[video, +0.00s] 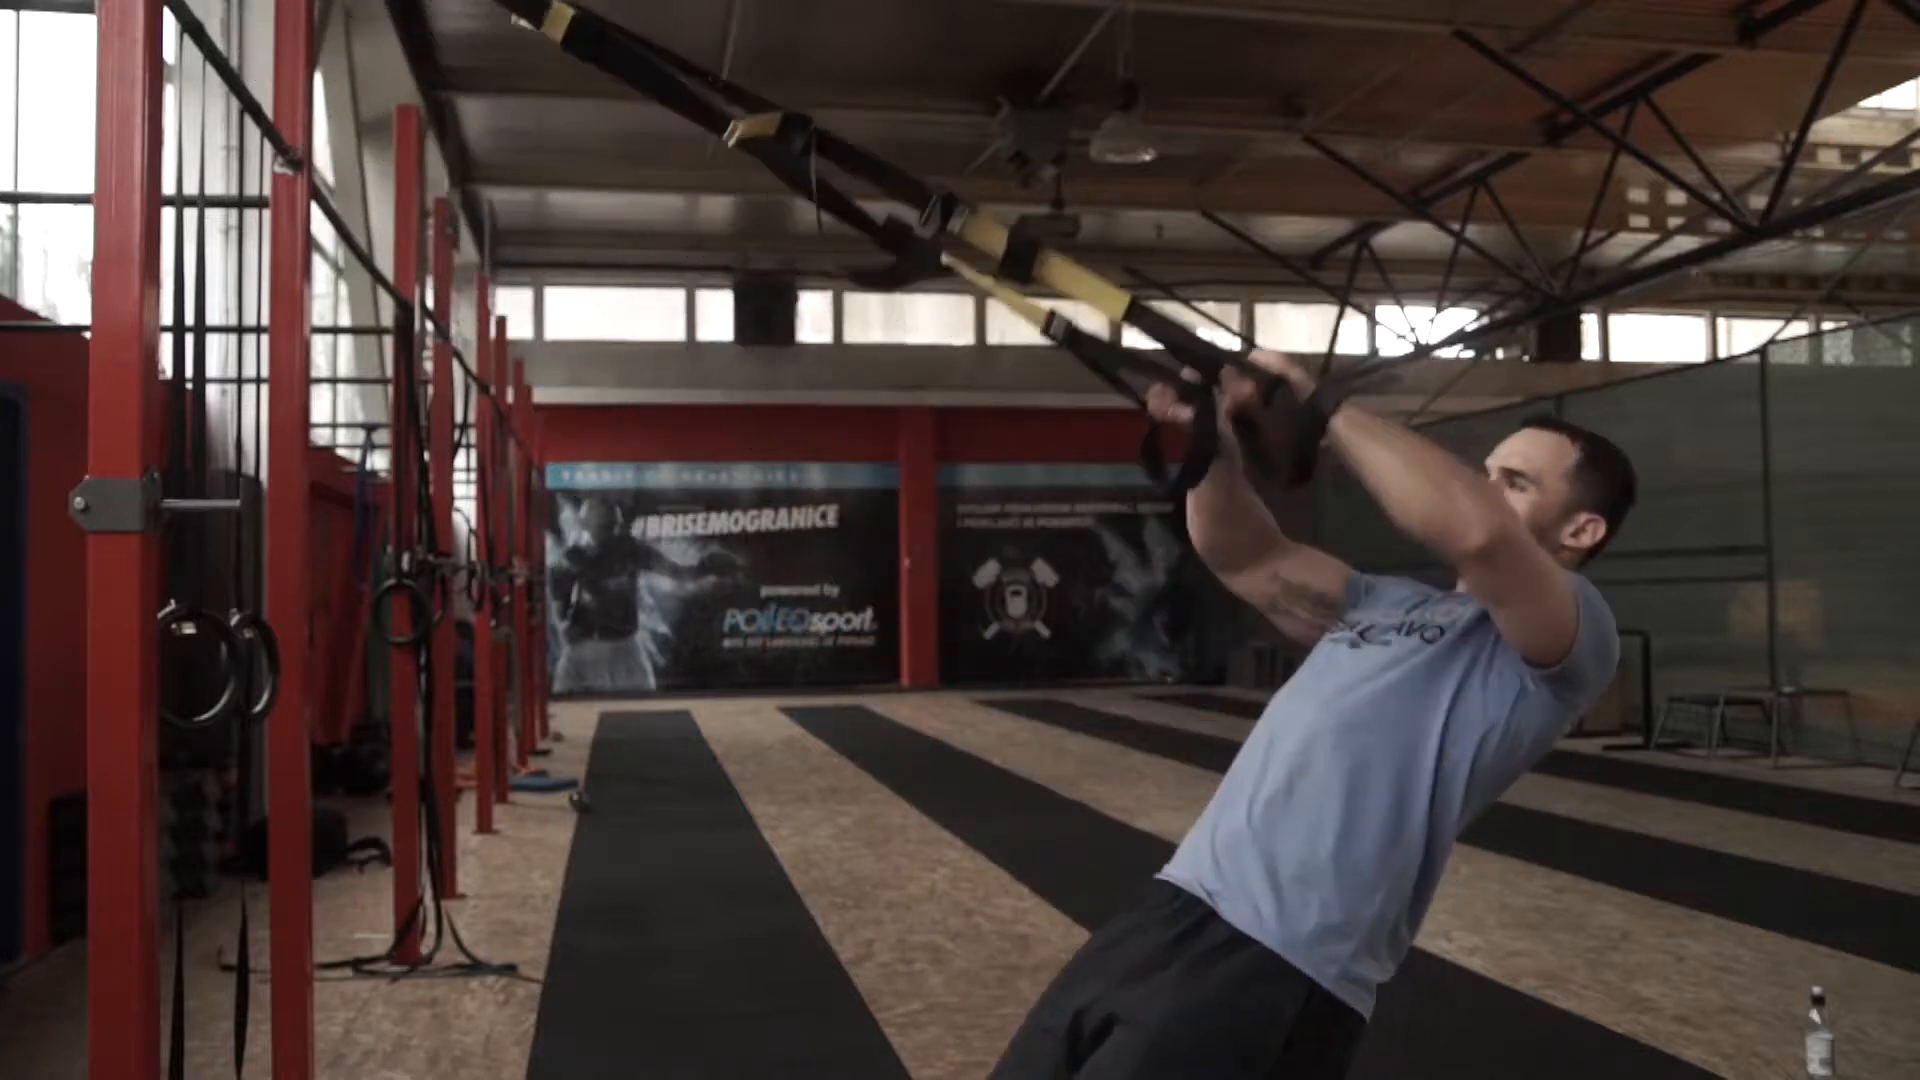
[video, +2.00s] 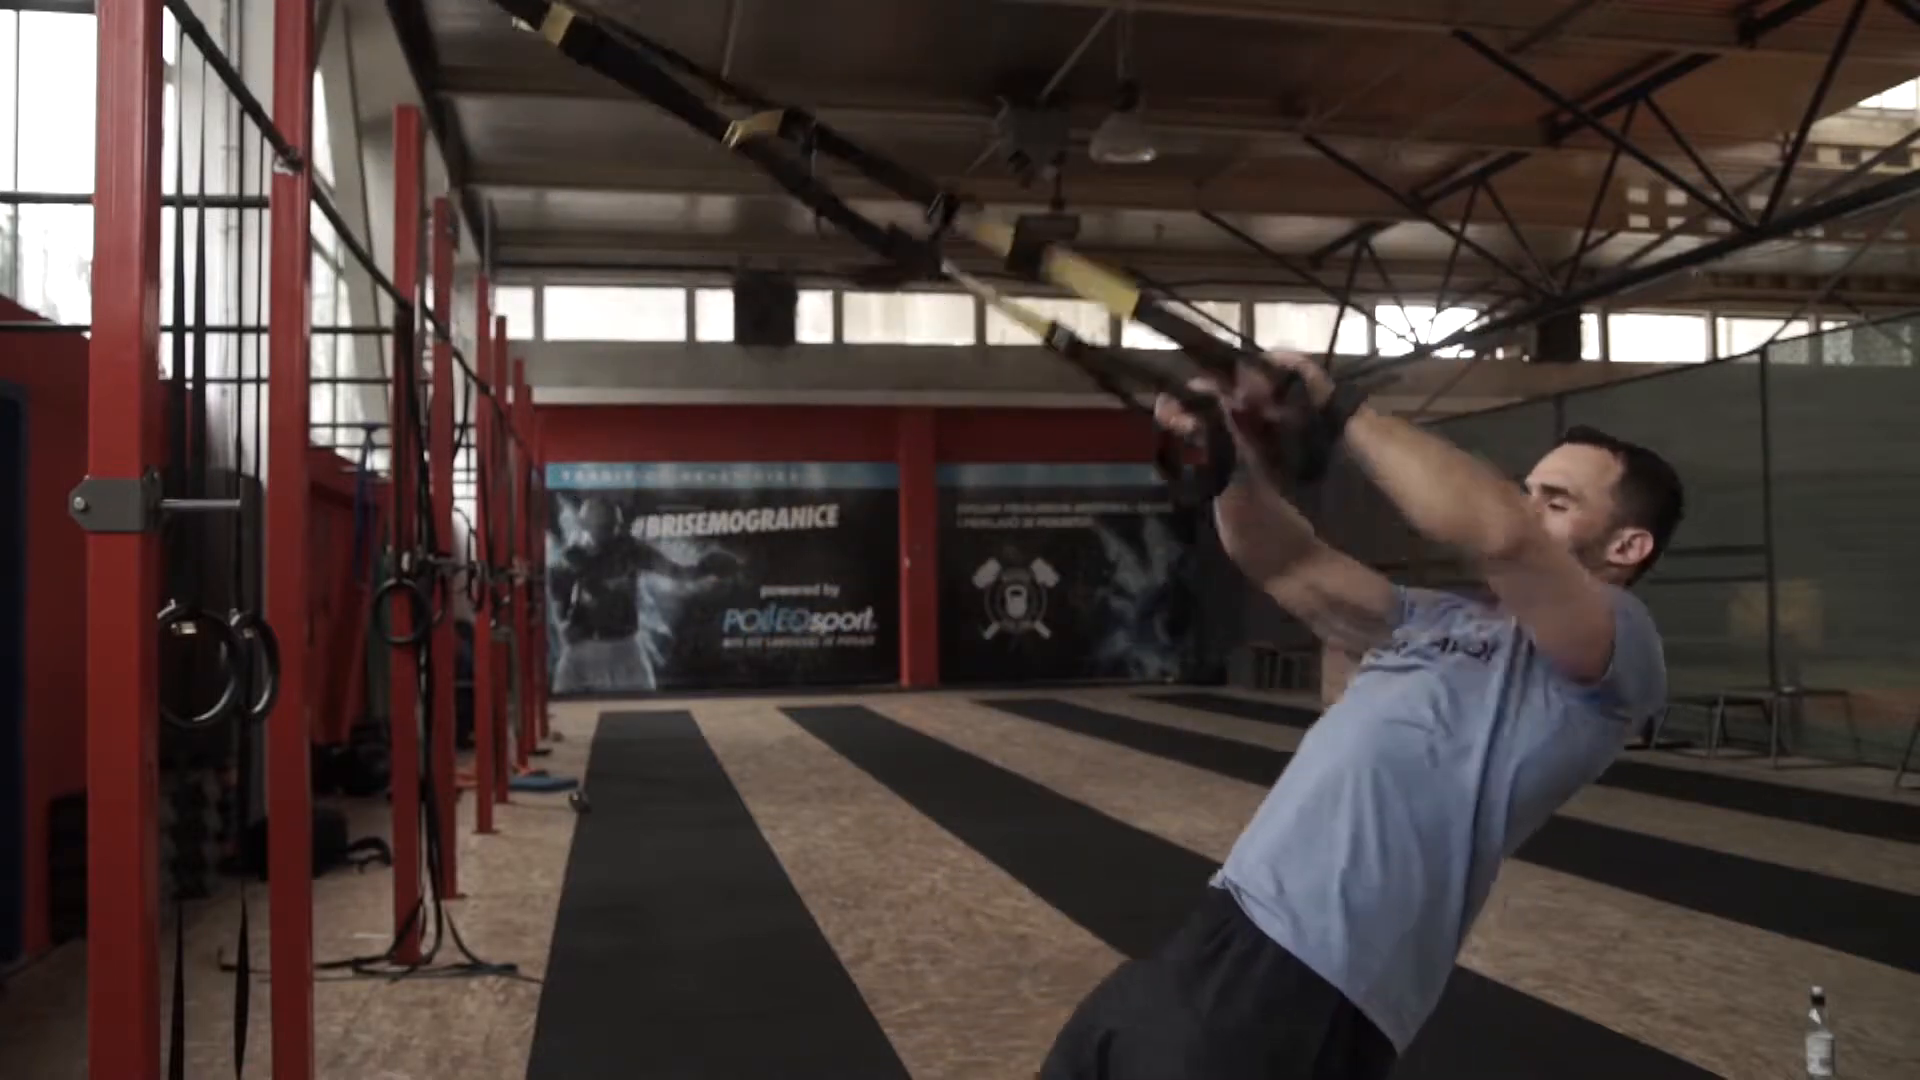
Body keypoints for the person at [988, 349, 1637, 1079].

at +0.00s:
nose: (1485, 489)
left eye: (1516, 482)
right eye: (1489, 472)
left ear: (1582, 533)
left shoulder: (1569, 645)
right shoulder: (1394, 601)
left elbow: (1475, 529)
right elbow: (1251, 554)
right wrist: (1207, 447)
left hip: (1280, 985)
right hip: (1168, 913)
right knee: (1026, 1064)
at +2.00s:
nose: (1524, 507)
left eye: (1558, 498)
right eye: (1530, 492)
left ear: (1628, 547)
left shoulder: (1618, 654)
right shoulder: (1447, 617)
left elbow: (1502, 532)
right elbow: (1299, 566)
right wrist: (1229, 471)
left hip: (1319, 992)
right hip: (1224, 926)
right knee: (1078, 1058)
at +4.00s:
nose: (1478, 552)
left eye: (1516, 541)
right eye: (1482, 536)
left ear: (1579, 591)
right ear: (1468, 554)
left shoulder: (1567, 697)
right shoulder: (1402, 671)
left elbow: (1390, 665)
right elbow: (1238, 685)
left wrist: (1210, 588)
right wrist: (1125, 607)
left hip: (1340, 1034)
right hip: (1227, 976)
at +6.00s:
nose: (839, 419)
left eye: (859, 386)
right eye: (831, 394)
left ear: (943, 365)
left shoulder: (1018, 495)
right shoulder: (879, 528)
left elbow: (1054, 715)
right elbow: (859, 700)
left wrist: (874, 845)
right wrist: (776, 813)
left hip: (971, 965)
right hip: (856, 951)